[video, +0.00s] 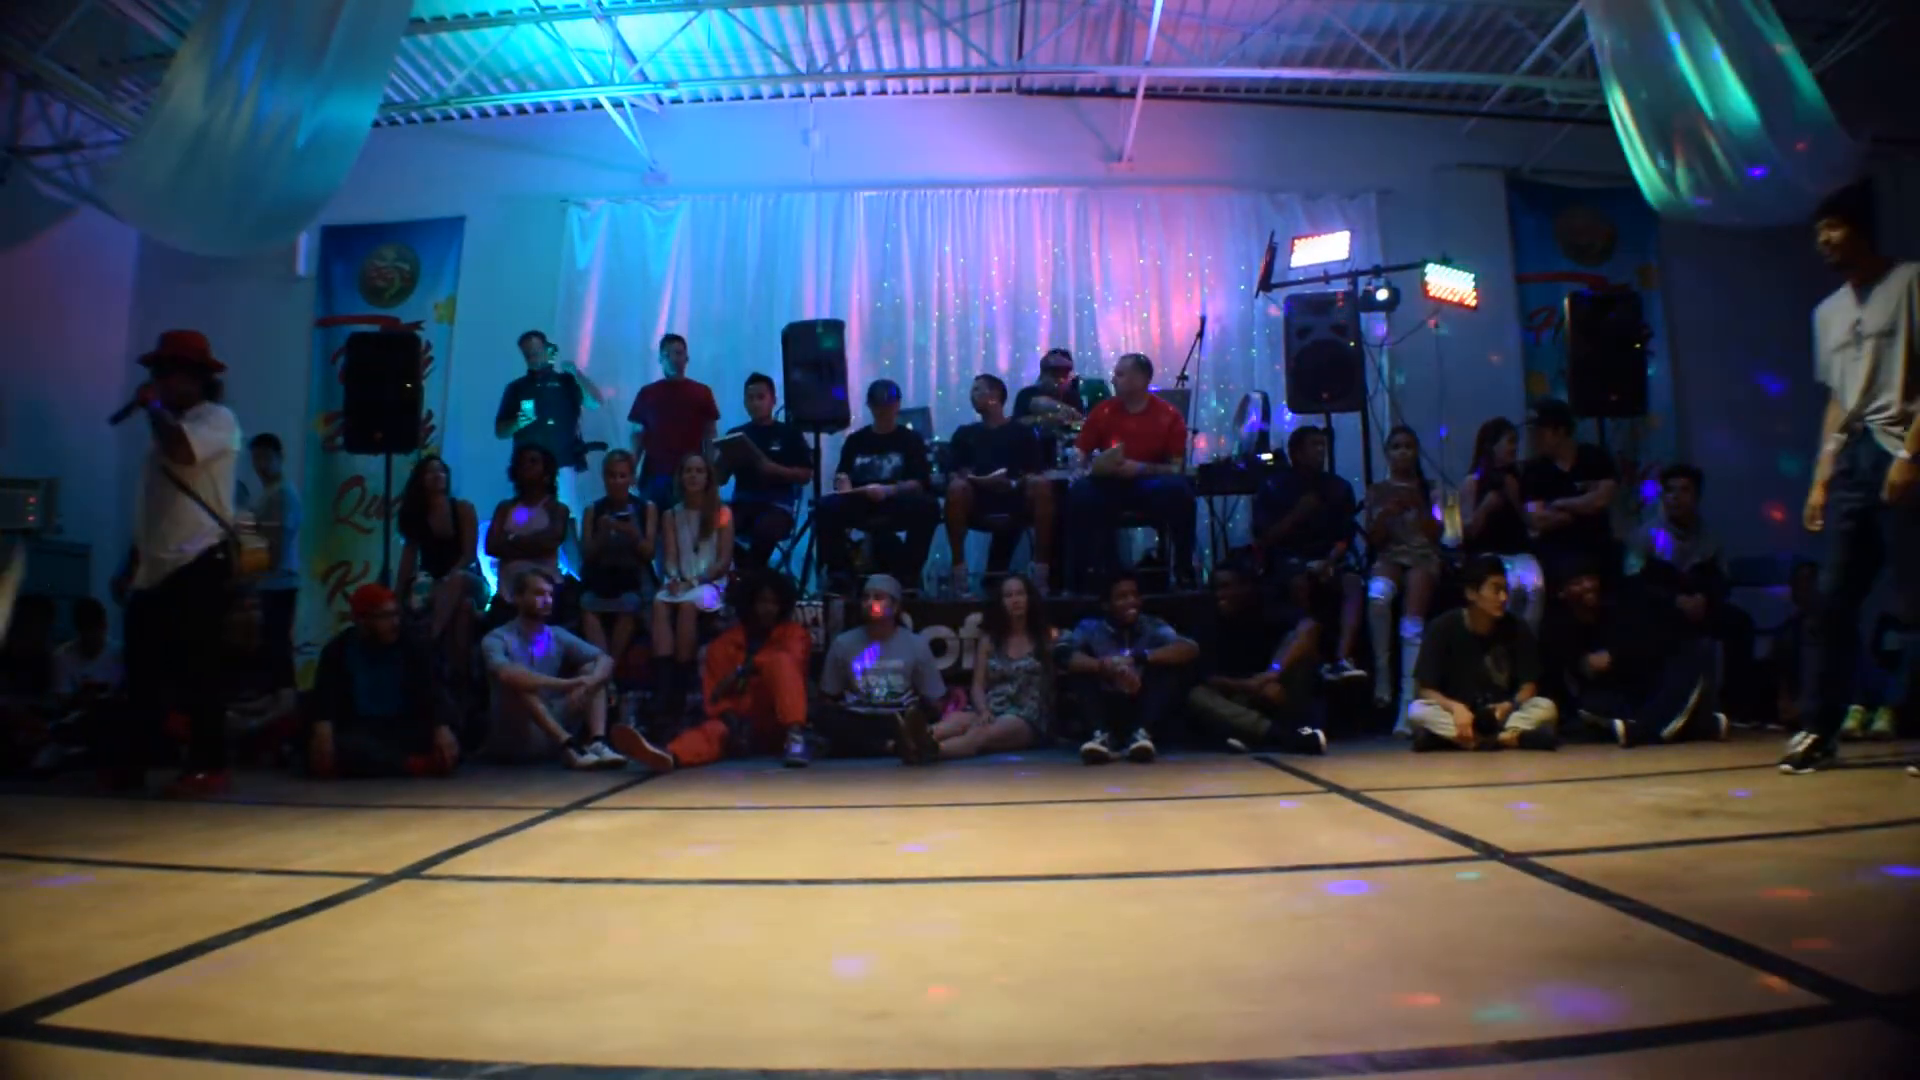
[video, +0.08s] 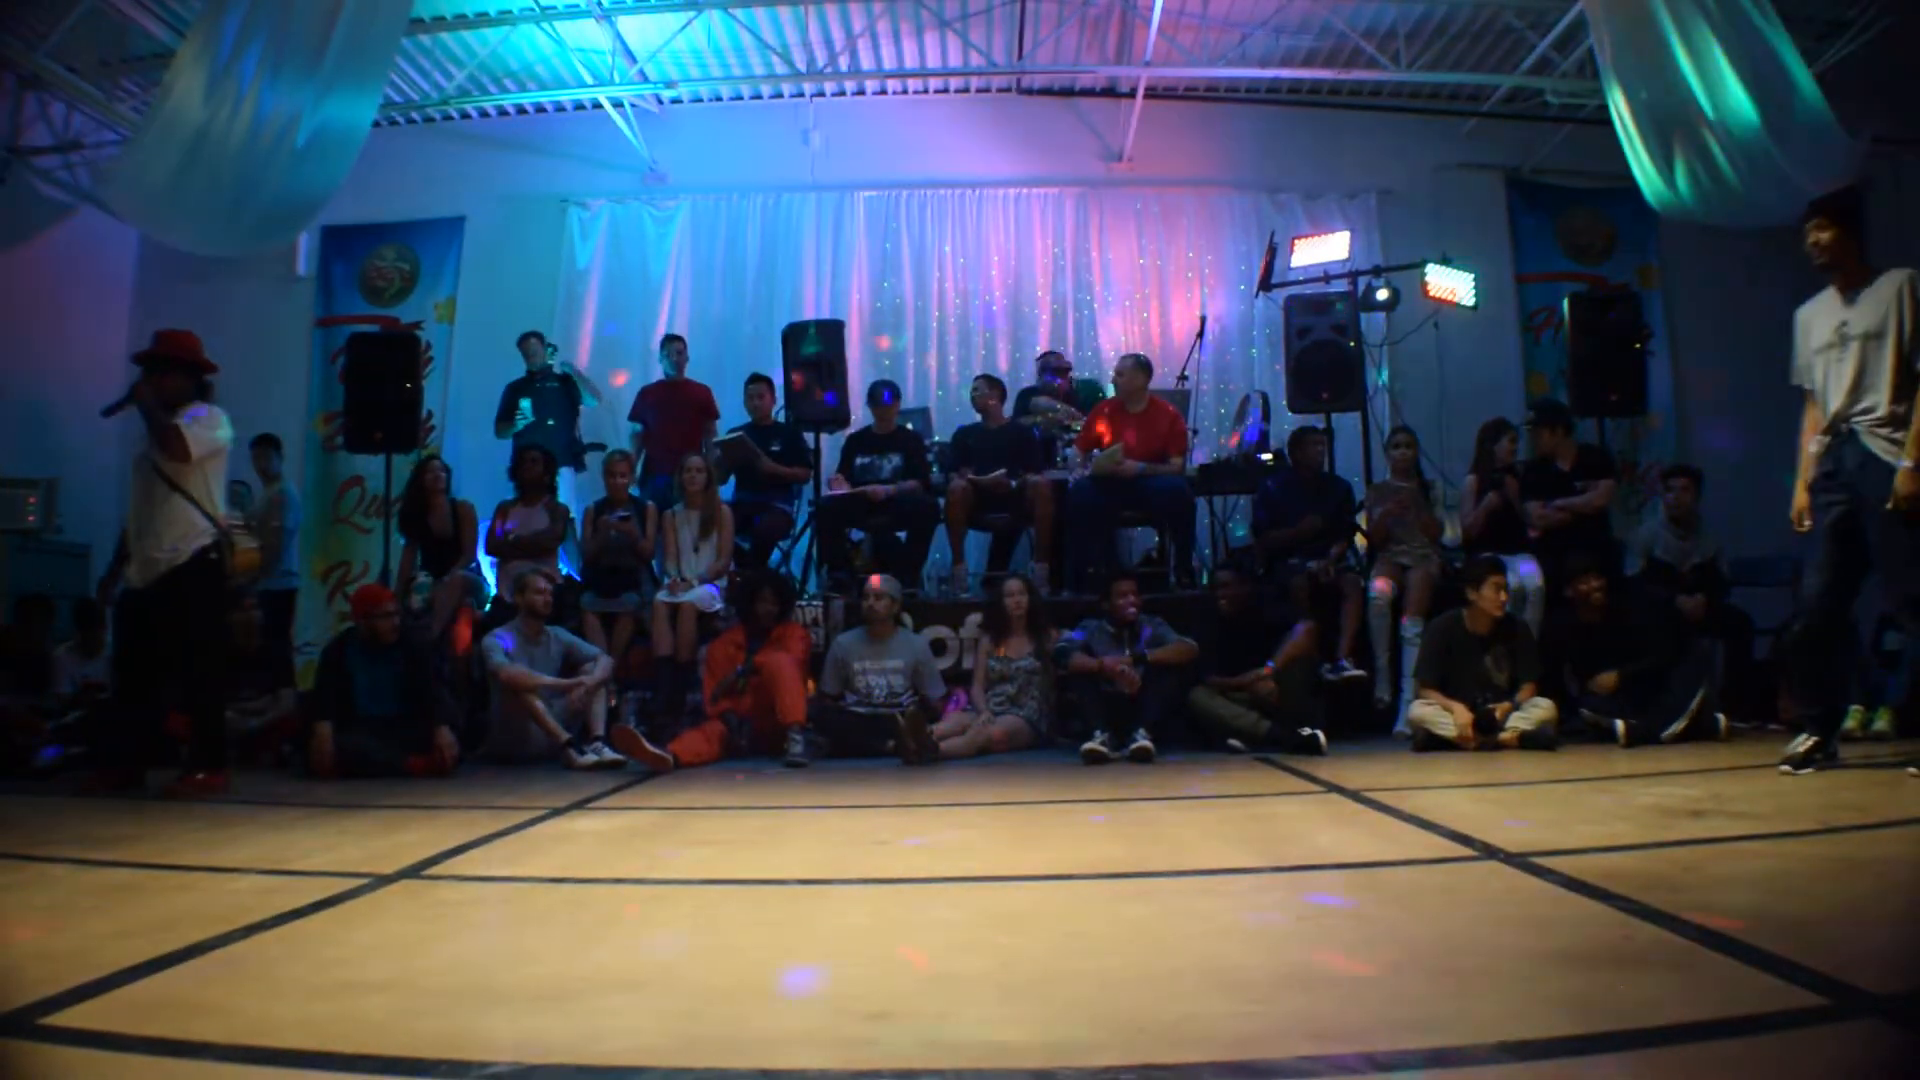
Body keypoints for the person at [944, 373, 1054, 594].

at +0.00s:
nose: (973, 395)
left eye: (979, 391)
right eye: (973, 391)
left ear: (996, 398)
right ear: (972, 400)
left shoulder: (1021, 432)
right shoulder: (965, 433)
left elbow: (1033, 472)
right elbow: (955, 473)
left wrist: (1009, 483)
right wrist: (983, 481)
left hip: (1012, 492)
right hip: (978, 493)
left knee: (1041, 486)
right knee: (957, 488)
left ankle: (1041, 566)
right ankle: (958, 566)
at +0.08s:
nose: (973, 395)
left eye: (978, 391)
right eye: (972, 391)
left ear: (996, 397)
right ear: (972, 401)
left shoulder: (1022, 432)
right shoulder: (964, 434)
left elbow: (1033, 472)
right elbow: (956, 473)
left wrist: (1010, 483)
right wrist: (983, 481)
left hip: (1012, 491)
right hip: (978, 493)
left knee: (1041, 486)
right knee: (957, 488)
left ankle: (1041, 565)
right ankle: (958, 566)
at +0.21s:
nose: (973, 395)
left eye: (979, 390)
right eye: (972, 391)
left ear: (996, 396)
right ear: (971, 401)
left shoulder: (1021, 432)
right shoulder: (964, 434)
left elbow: (1033, 471)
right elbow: (955, 472)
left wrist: (1009, 482)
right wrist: (982, 481)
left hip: (1011, 490)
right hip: (977, 491)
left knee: (1041, 486)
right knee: (957, 488)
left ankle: (1041, 565)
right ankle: (957, 565)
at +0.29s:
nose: (971, 395)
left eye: (976, 390)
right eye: (970, 391)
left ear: (994, 396)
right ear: (971, 402)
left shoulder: (1021, 432)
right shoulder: (964, 433)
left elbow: (1034, 471)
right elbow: (953, 473)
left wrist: (1011, 483)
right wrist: (980, 481)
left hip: (1013, 493)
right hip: (977, 493)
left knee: (1042, 486)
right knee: (957, 489)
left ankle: (1041, 564)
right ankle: (958, 566)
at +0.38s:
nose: (971, 395)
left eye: (976, 390)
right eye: (970, 391)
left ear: (995, 396)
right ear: (970, 402)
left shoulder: (1021, 432)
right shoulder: (964, 434)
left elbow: (1034, 471)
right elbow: (953, 473)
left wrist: (1010, 483)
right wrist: (981, 481)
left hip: (1012, 492)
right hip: (977, 493)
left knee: (1042, 485)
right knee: (957, 489)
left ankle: (1040, 561)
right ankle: (958, 565)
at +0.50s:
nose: (972, 395)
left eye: (978, 391)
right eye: (971, 392)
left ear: (996, 396)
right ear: (970, 401)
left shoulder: (1021, 431)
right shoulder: (965, 433)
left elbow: (1033, 471)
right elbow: (953, 474)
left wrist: (1010, 483)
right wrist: (982, 480)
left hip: (1012, 493)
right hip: (977, 494)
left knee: (1042, 485)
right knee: (957, 489)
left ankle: (1040, 564)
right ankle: (958, 566)